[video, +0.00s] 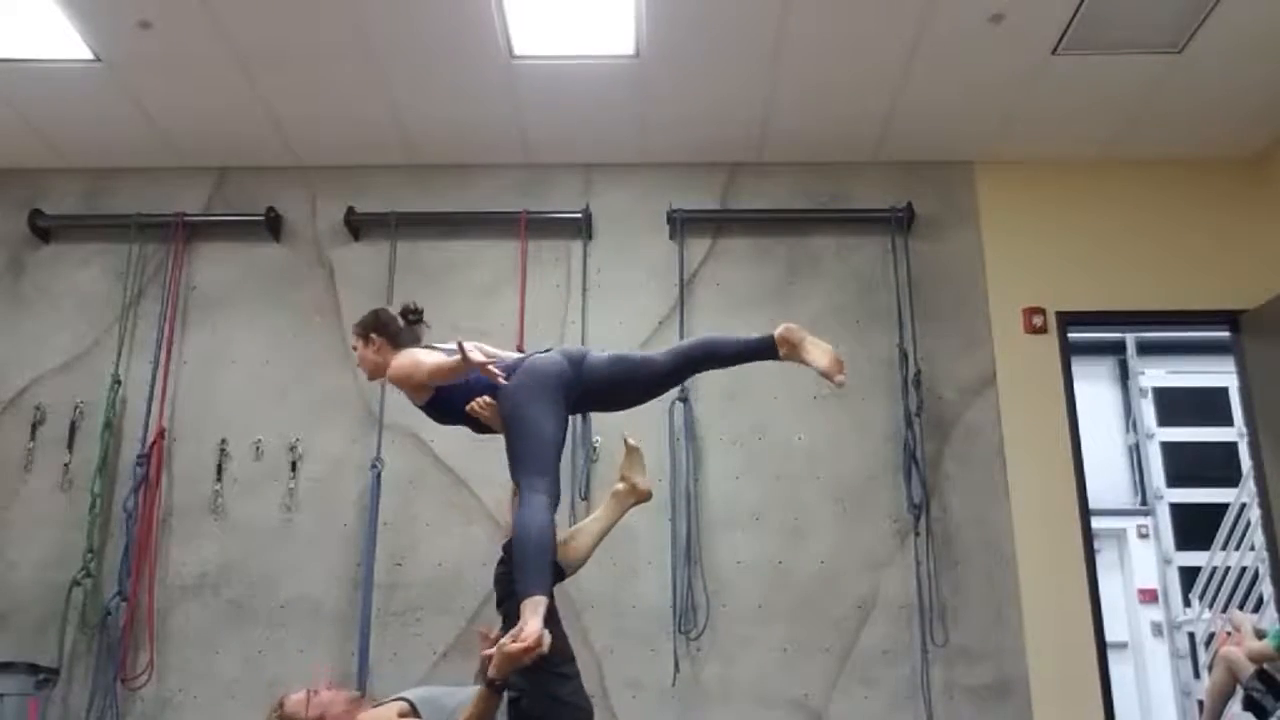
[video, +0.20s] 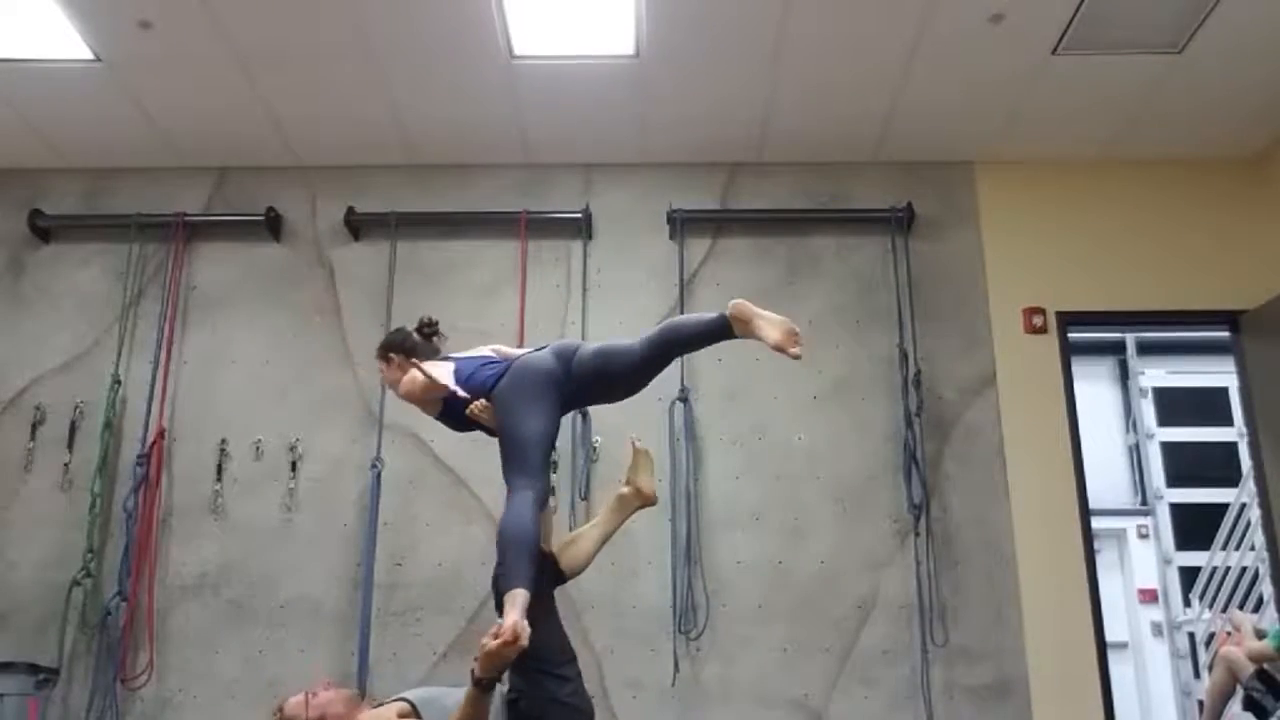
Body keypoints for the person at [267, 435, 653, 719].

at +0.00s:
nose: (323, 687)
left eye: (310, 690)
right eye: (311, 701)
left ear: (330, 693)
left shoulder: (386, 706)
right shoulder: (387, 716)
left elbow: (466, 708)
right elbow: (468, 714)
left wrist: (487, 673)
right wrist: (496, 682)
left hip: (530, 699)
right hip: (540, 707)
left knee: (517, 567)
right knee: (517, 568)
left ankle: (623, 498)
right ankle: (625, 495)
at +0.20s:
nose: (321, 685)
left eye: (308, 690)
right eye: (311, 699)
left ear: (332, 697)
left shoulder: (384, 707)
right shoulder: (384, 718)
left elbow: (466, 708)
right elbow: (466, 717)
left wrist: (485, 681)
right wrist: (484, 683)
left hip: (533, 703)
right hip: (540, 710)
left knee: (518, 575)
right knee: (518, 574)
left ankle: (629, 501)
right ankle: (630, 498)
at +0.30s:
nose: (333, 678)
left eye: (322, 678)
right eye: (321, 689)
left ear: (337, 692)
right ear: (325, 719)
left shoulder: (387, 705)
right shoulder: (387, 718)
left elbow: (461, 706)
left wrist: (479, 670)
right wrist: (471, 682)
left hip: (528, 704)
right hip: (541, 712)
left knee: (531, 578)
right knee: (522, 579)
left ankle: (627, 498)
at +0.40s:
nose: (349, 665)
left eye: (337, 663)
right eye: (334, 673)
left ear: (338, 700)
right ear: (330, 708)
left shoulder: (387, 708)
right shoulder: (386, 718)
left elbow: (461, 711)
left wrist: (477, 680)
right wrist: (477, 684)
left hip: (529, 706)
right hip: (540, 712)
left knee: (527, 579)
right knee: (521, 577)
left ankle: (622, 506)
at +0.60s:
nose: (343, 662)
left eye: (330, 663)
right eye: (329, 674)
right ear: (330, 708)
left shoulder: (386, 704)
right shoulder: (381, 716)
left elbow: (464, 709)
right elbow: (466, 719)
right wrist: (481, 682)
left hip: (538, 703)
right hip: (539, 709)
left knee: (494, 579)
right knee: (492, 580)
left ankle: (573, 509)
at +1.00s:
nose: (339, 659)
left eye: (325, 661)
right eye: (326, 670)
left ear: (332, 703)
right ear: (328, 706)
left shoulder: (379, 705)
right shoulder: (380, 717)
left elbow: (457, 707)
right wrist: (476, 690)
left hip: (524, 704)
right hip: (536, 709)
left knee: (463, 575)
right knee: (462, 575)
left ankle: (557, 502)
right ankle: (559, 504)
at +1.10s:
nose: (346, 655)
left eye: (334, 657)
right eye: (334, 666)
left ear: (342, 694)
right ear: (338, 699)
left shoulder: (387, 703)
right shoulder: (388, 715)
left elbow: (468, 712)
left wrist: (492, 689)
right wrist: (493, 690)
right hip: (546, 709)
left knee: (473, 577)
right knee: (471, 582)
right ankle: (567, 474)